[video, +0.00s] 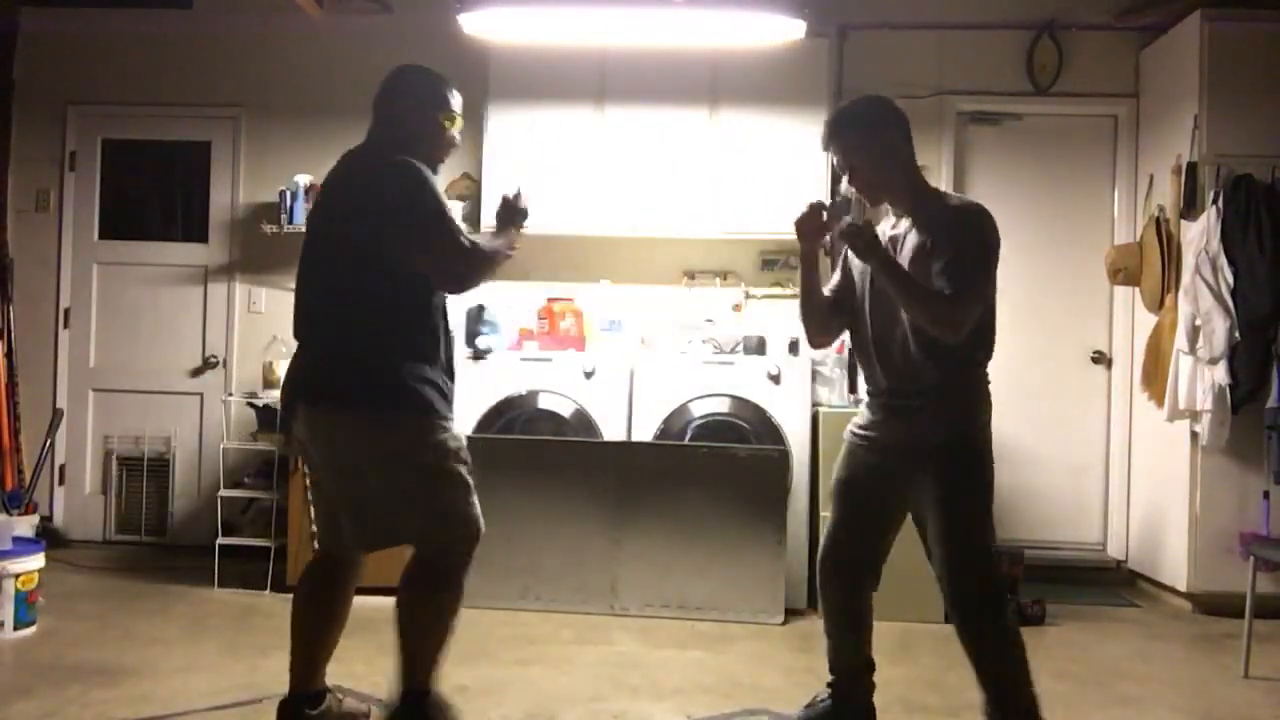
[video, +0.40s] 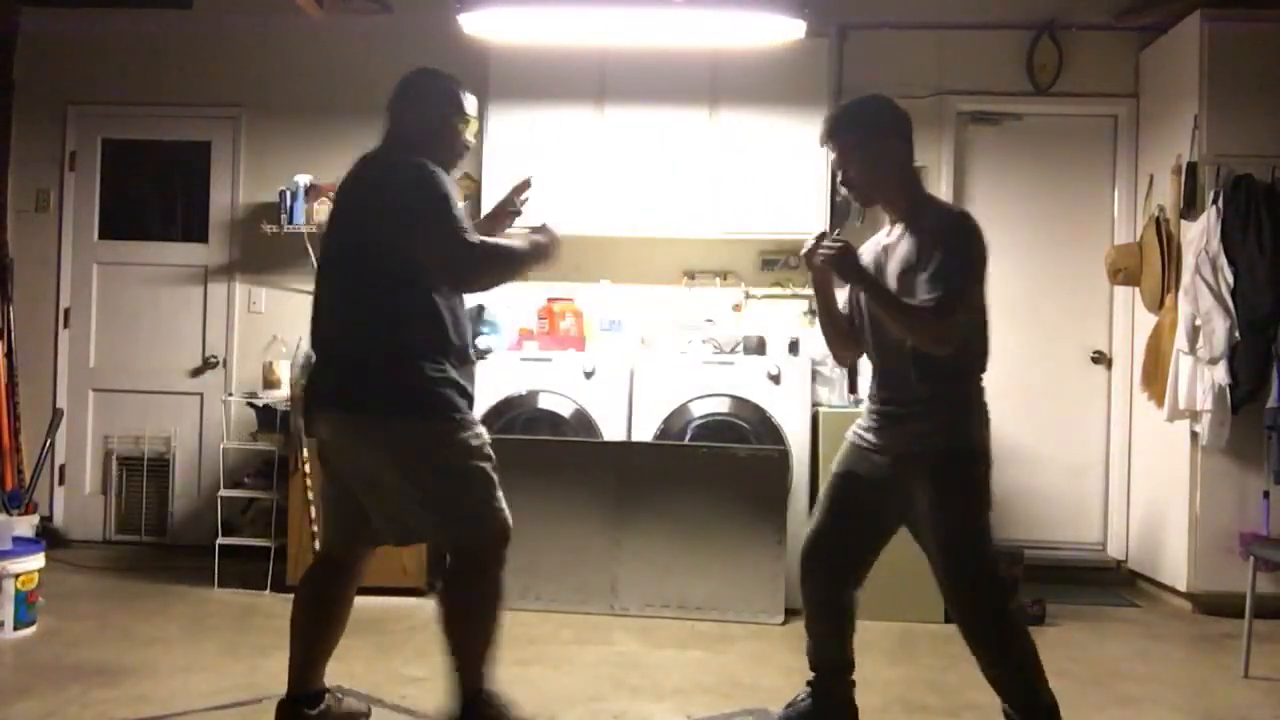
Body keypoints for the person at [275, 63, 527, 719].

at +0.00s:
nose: (454, 134)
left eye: (456, 121)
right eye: (447, 119)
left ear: (384, 115)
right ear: (412, 115)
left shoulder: (344, 177)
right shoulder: (402, 177)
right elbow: (458, 269)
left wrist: (462, 235)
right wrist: (503, 238)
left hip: (321, 397)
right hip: (390, 400)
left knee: (338, 547)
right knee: (452, 533)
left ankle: (304, 696)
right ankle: (416, 698)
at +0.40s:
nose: (467, 138)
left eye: (469, 124)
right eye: (460, 122)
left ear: (398, 119)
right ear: (424, 118)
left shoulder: (362, 181)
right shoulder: (419, 179)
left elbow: (420, 261)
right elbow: (457, 264)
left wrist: (483, 224)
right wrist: (534, 249)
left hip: (340, 400)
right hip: (413, 402)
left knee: (341, 550)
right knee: (483, 534)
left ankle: (303, 695)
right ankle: (473, 696)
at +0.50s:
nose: (498, 148)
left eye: (499, 134)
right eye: (492, 133)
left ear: (430, 126)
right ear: (462, 128)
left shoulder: (382, 187)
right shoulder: (459, 192)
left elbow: (433, 252)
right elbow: (517, 273)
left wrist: (500, 224)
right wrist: (581, 277)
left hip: (354, 401)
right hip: (433, 404)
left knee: (348, 555)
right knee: (494, 555)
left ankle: (302, 699)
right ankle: (527, 705)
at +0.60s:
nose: (536, 156)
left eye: (536, 144)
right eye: (530, 143)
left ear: (468, 137)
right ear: (503, 142)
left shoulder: (409, 196)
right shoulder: (514, 211)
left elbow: (383, 292)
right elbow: (599, 280)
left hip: (369, 405)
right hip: (458, 409)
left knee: (375, 559)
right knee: (519, 561)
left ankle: (309, 696)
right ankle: (544, 710)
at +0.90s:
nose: (575, 166)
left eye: (575, 152)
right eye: (572, 151)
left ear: (508, 144)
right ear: (549, 150)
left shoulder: (439, 197)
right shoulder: (544, 218)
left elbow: (417, 305)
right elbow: (576, 325)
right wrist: (614, 402)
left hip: (395, 404)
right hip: (486, 409)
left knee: (399, 555)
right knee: (552, 557)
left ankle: (332, 692)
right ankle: (552, 712)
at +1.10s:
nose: (519, 159)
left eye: (520, 145)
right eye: (514, 144)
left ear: (452, 140)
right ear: (488, 142)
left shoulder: (398, 198)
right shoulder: (480, 207)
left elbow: (433, 287)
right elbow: (507, 312)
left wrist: (517, 252)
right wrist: (558, 339)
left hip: (367, 408)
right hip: (447, 414)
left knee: (375, 560)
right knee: (509, 566)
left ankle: (311, 698)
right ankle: (545, 713)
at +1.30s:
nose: (477, 141)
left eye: (478, 128)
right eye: (471, 126)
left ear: (404, 124)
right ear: (441, 124)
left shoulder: (368, 188)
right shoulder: (433, 186)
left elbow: (412, 288)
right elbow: (488, 278)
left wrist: (479, 291)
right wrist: (547, 248)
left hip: (338, 399)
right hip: (413, 403)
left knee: (352, 554)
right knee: (482, 541)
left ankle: (306, 698)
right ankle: (478, 700)